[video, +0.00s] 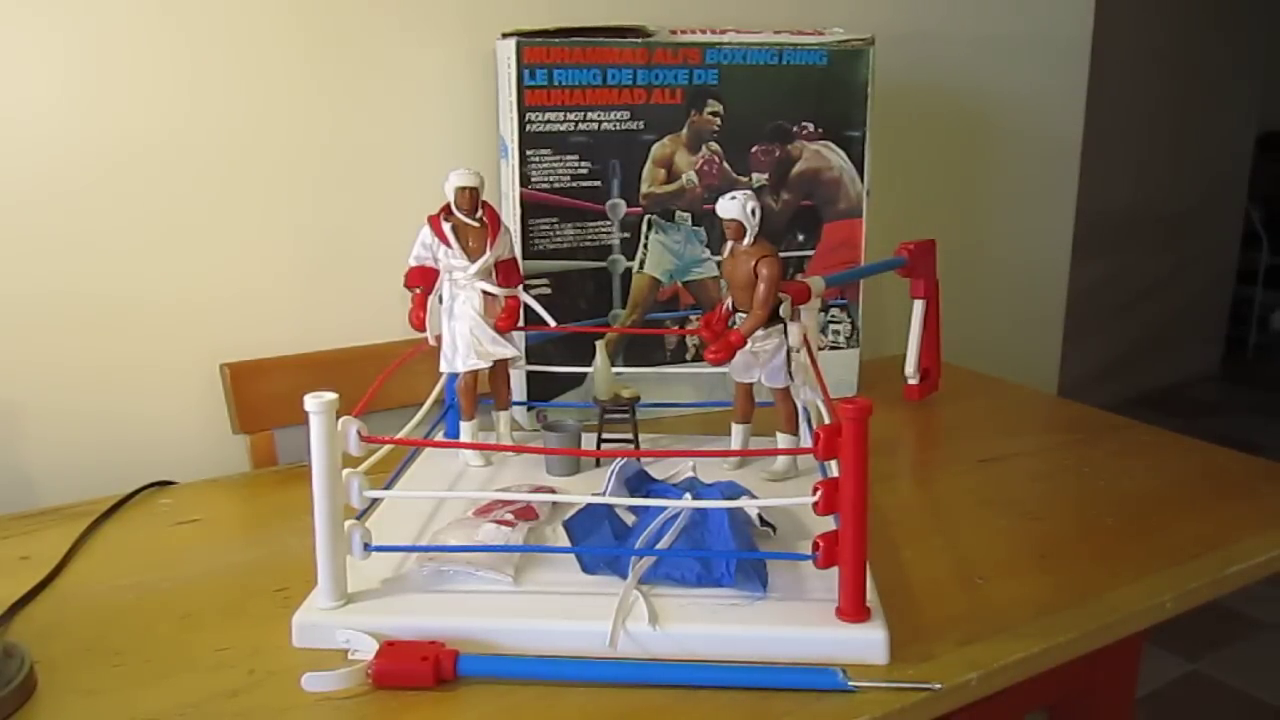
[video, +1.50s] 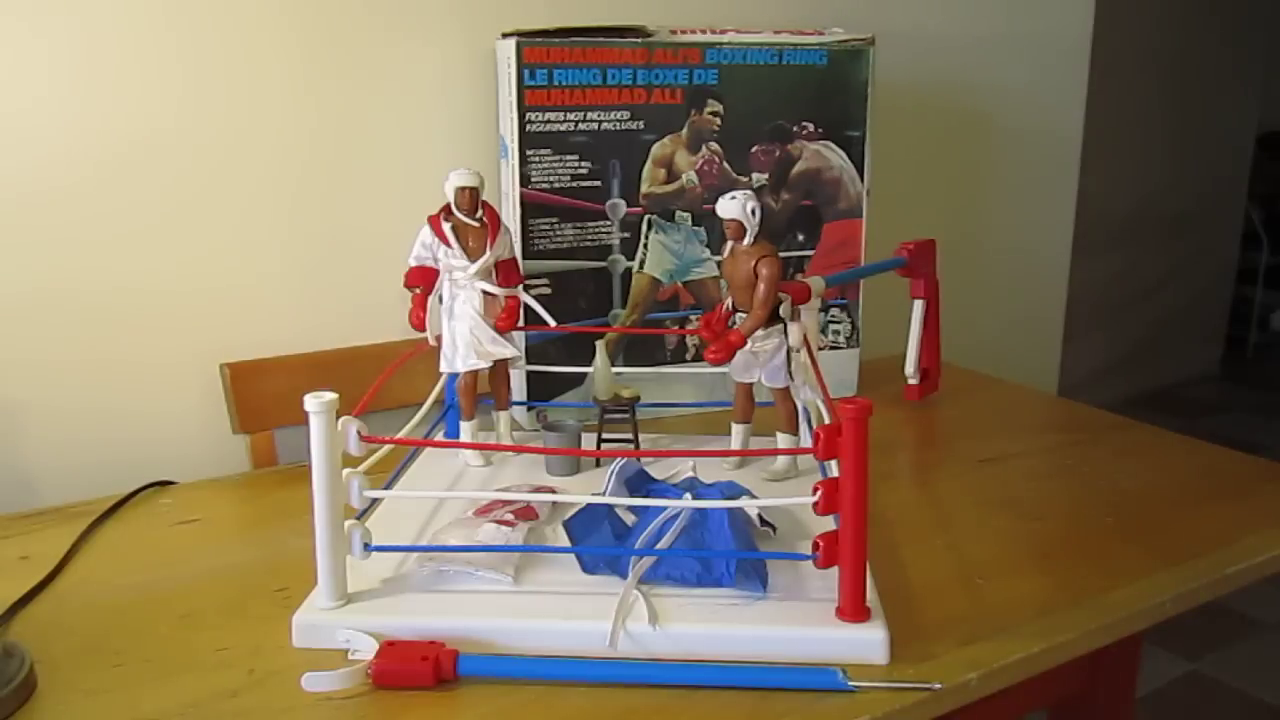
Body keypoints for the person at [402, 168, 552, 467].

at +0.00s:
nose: (467, 197)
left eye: (472, 191)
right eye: (461, 191)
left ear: (481, 194)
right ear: (451, 195)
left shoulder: (496, 227)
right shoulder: (436, 229)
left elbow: (508, 267)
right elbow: (422, 267)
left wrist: (512, 303)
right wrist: (419, 302)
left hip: (494, 303)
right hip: (459, 304)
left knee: (500, 364)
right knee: (469, 369)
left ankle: (504, 433)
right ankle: (469, 440)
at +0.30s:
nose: (467, 198)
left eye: (472, 191)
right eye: (461, 191)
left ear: (481, 194)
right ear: (451, 195)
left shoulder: (496, 228)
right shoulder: (436, 229)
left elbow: (509, 267)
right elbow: (422, 267)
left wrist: (512, 303)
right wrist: (419, 302)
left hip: (493, 302)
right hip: (459, 304)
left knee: (500, 364)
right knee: (469, 369)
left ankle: (505, 433)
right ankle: (469, 440)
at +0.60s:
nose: (467, 197)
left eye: (472, 191)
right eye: (461, 191)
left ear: (480, 194)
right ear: (450, 195)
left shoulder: (496, 228)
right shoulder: (435, 230)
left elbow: (509, 271)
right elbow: (422, 273)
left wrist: (511, 307)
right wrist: (422, 314)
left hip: (491, 302)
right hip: (457, 304)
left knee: (500, 365)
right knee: (468, 369)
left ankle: (505, 434)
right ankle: (469, 441)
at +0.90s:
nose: (466, 198)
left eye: (471, 191)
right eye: (460, 192)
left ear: (480, 194)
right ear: (450, 195)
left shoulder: (496, 227)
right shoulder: (436, 229)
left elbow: (508, 270)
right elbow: (421, 272)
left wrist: (510, 306)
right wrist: (421, 311)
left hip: (493, 302)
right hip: (459, 304)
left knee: (501, 364)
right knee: (469, 369)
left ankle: (505, 431)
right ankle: (469, 440)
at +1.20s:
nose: (467, 198)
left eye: (472, 191)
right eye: (461, 192)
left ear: (480, 194)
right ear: (451, 195)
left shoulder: (495, 227)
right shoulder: (435, 229)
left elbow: (509, 270)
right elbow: (421, 273)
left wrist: (511, 306)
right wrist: (422, 314)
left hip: (492, 303)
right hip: (457, 305)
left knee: (500, 364)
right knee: (468, 370)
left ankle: (505, 432)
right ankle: (469, 440)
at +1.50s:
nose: (467, 198)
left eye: (472, 191)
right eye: (461, 191)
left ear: (480, 194)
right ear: (451, 195)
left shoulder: (495, 227)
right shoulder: (435, 229)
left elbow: (509, 270)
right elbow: (421, 273)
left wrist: (511, 306)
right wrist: (422, 314)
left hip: (492, 303)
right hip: (457, 305)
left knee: (500, 364)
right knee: (468, 370)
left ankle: (505, 432)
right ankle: (469, 440)